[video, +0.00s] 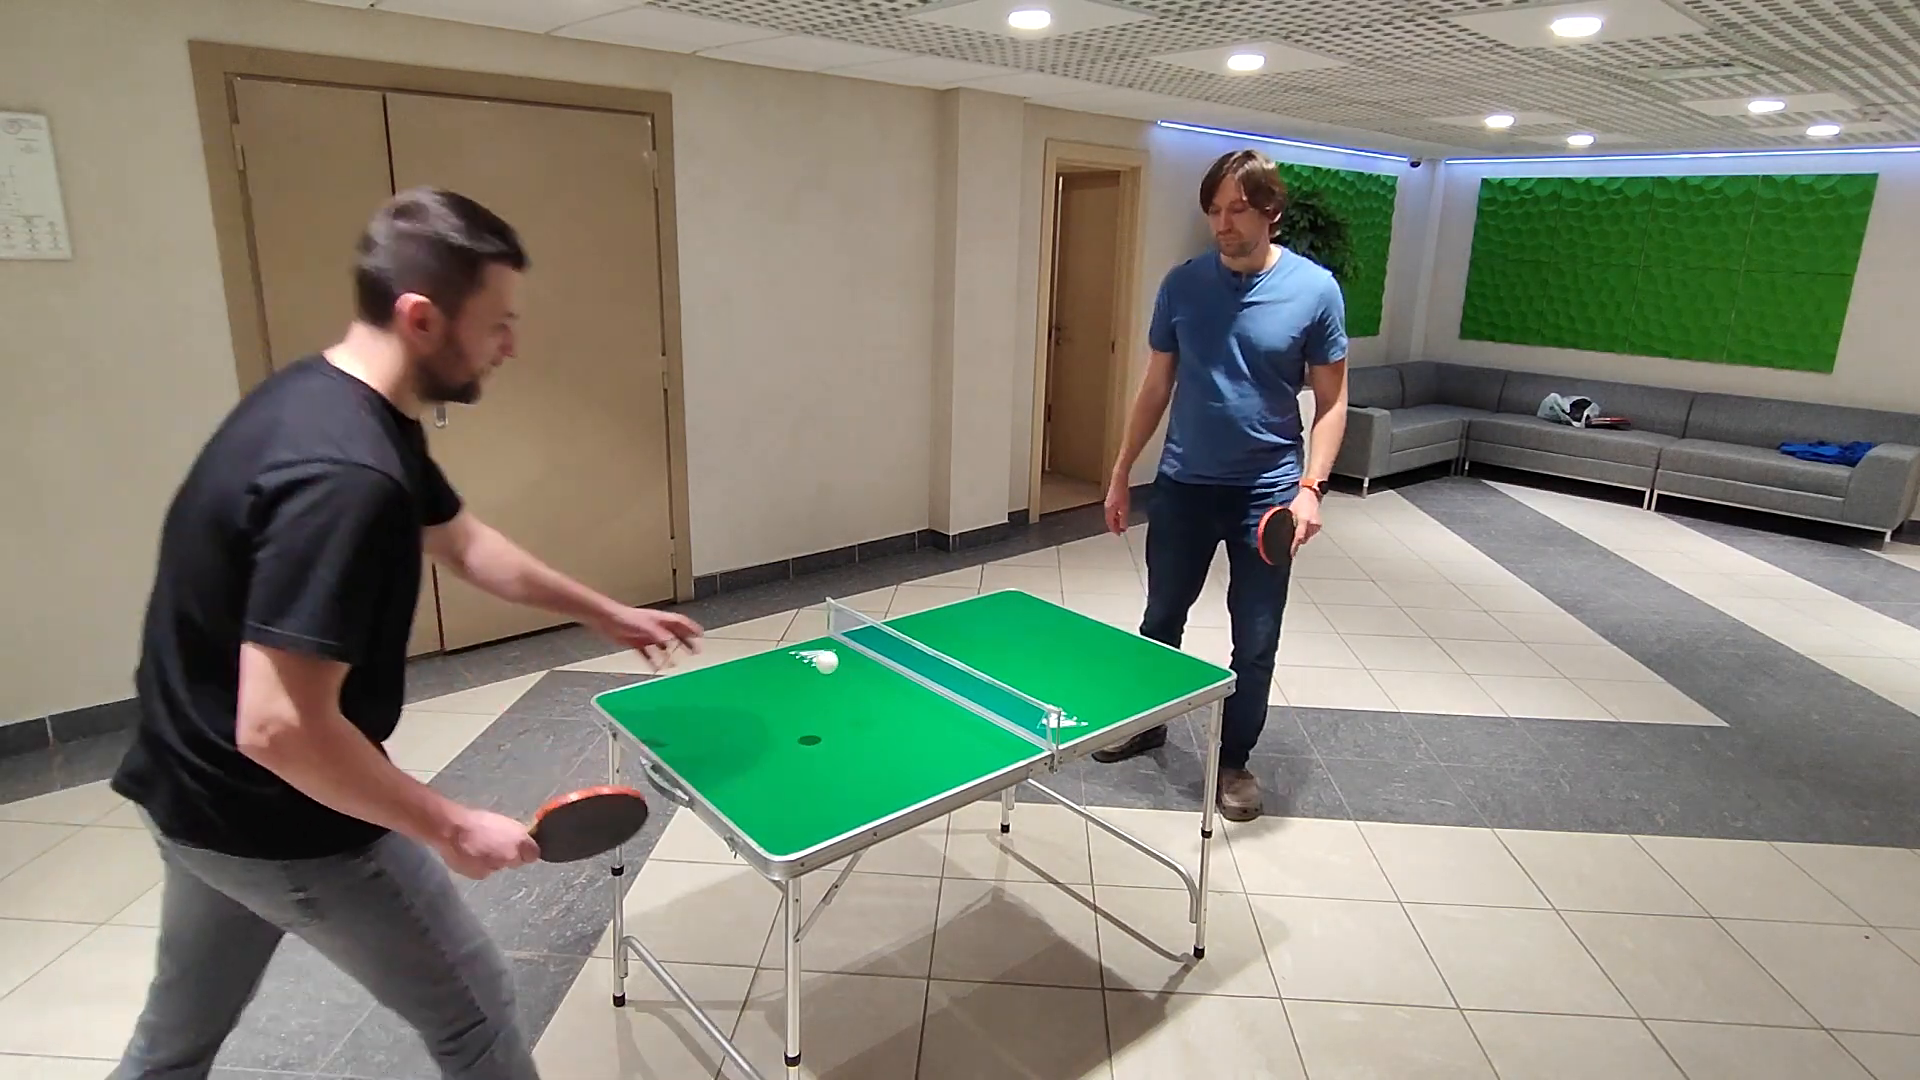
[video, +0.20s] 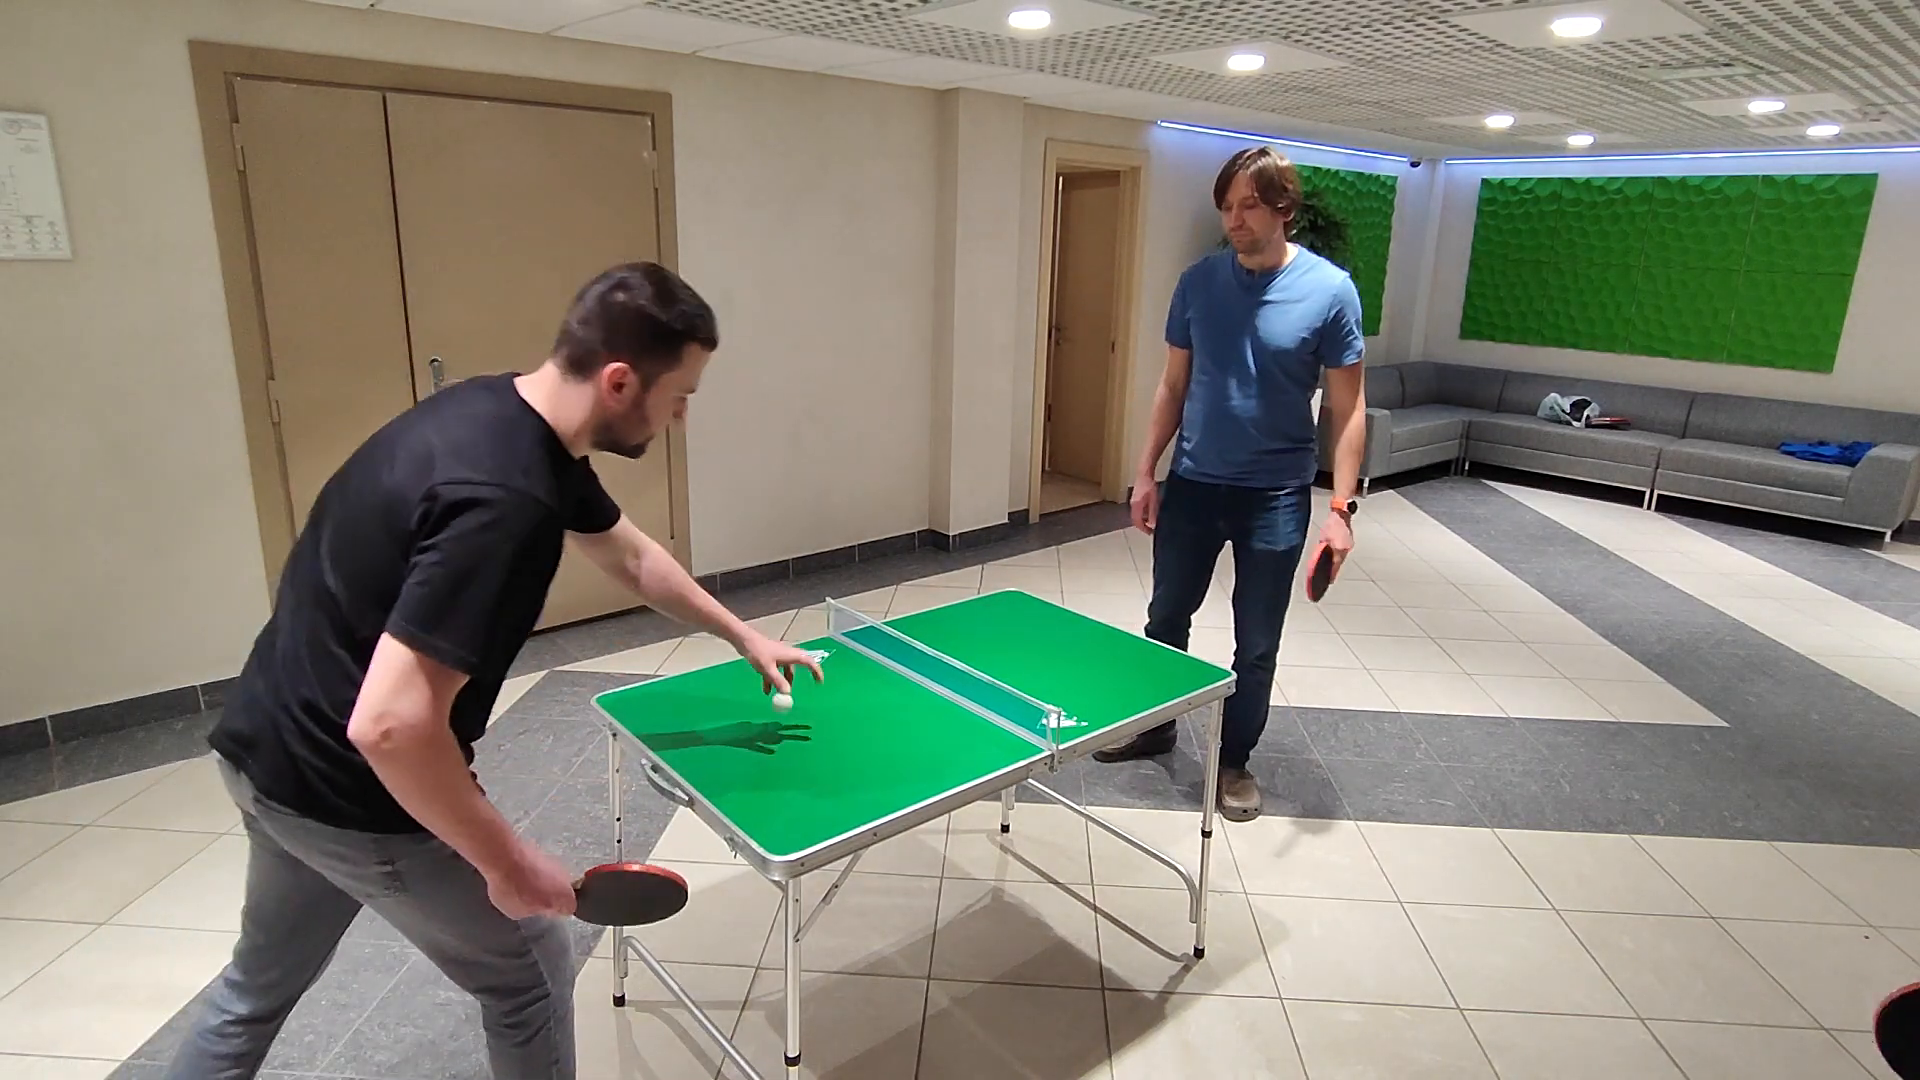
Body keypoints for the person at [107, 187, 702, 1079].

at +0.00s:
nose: (510, 347)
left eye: (510, 324)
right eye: (497, 324)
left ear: (415, 316)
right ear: (419, 316)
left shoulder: (335, 400)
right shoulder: (350, 471)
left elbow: (465, 543)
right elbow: (279, 724)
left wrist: (611, 615)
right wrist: (447, 825)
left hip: (205, 793)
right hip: (291, 822)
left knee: (171, 1042)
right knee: (476, 1017)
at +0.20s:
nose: (680, 417)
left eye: (687, 397)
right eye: (679, 395)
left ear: (602, 376)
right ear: (618, 380)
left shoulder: (500, 412)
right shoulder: (511, 491)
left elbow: (629, 555)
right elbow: (391, 725)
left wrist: (744, 634)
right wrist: (514, 866)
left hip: (275, 745)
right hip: (351, 793)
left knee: (252, 988)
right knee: (530, 980)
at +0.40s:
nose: (750, 416)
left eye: (760, 398)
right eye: (752, 396)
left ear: (671, 354)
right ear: (698, 374)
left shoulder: (573, 410)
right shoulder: (583, 475)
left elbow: (637, 588)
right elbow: (450, 696)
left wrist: (707, 706)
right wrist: (537, 853)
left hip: (327, 711)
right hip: (403, 770)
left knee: (319, 945)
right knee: (542, 972)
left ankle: (232, 1078)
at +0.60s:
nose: (764, 401)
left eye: (772, 382)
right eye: (765, 379)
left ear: (698, 354)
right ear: (710, 362)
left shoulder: (585, 401)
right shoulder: (598, 460)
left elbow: (592, 583)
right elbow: (459, 675)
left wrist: (659, 713)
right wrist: (545, 841)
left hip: (361, 708)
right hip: (426, 760)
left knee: (368, 941)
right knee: (538, 972)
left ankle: (302, 1076)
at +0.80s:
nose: (733, 370)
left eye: (739, 349)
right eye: (731, 348)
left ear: (657, 321)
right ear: (670, 331)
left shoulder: (578, 398)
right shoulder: (559, 442)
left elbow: (580, 575)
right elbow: (428, 664)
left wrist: (625, 706)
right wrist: (495, 838)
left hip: (387, 725)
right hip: (437, 756)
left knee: (401, 923)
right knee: (533, 974)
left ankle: (349, 1066)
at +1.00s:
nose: (654, 326)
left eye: (658, 305)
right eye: (645, 304)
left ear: (578, 297)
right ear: (576, 294)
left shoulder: (553, 397)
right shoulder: (467, 425)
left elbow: (553, 561)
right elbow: (347, 637)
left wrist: (620, 688)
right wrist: (420, 826)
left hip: (458, 724)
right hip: (427, 756)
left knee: (410, 921)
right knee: (518, 979)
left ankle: (361, 1066)